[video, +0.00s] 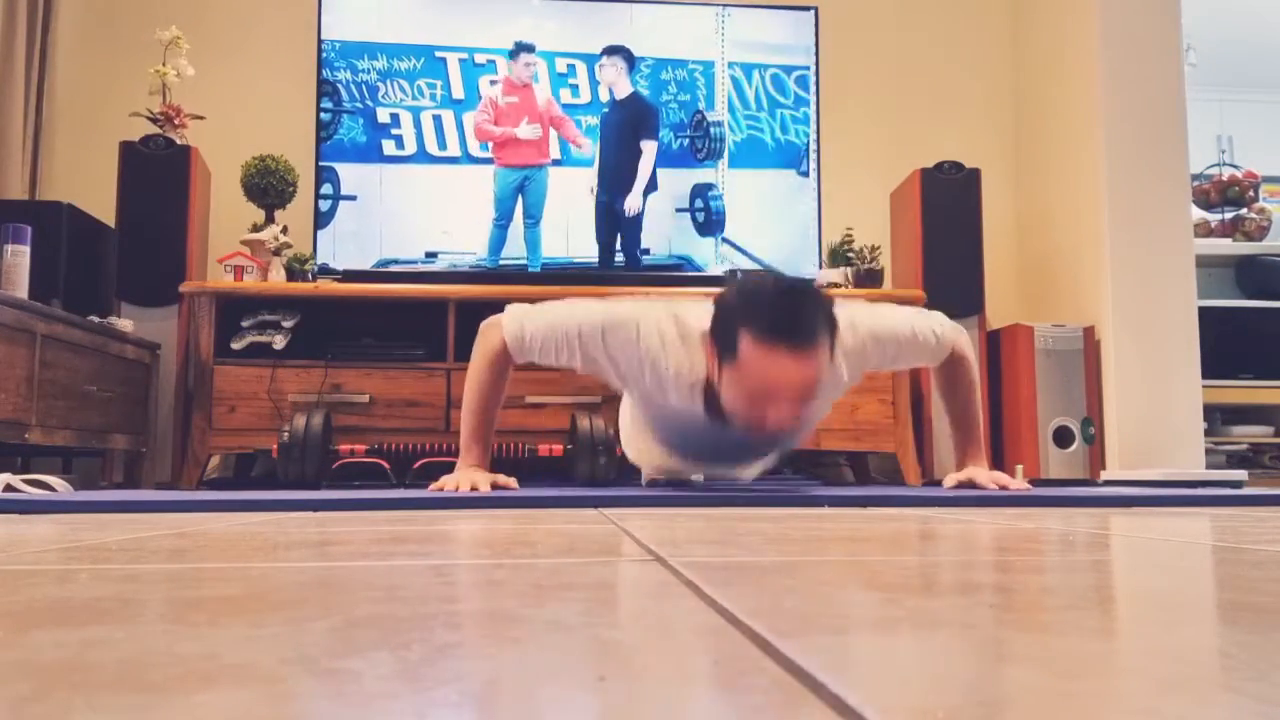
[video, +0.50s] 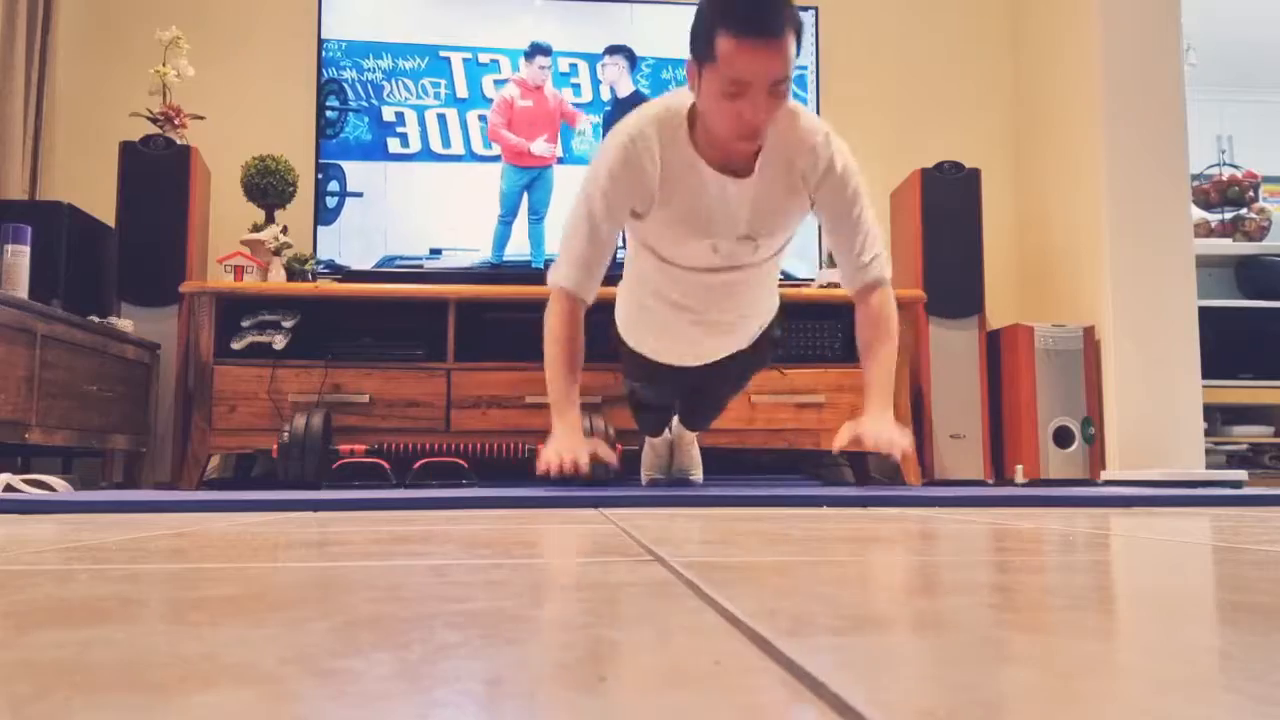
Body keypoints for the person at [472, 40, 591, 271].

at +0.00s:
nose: (531, 70)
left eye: (534, 65)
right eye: (526, 65)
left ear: (536, 65)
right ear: (512, 65)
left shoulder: (541, 94)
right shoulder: (495, 96)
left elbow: (561, 121)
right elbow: (480, 129)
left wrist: (578, 139)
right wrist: (515, 132)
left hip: (537, 169)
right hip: (507, 169)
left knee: (533, 221)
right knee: (501, 220)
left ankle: (534, 270)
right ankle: (491, 267)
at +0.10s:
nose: (535, 72)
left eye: (538, 67)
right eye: (530, 66)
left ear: (541, 67)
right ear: (517, 65)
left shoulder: (548, 99)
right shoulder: (498, 95)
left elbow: (567, 125)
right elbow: (481, 126)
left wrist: (589, 143)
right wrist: (513, 135)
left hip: (538, 169)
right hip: (507, 169)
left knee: (534, 220)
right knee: (501, 219)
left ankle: (535, 269)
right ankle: (491, 266)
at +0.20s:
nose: (539, 74)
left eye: (542, 69)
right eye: (534, 68)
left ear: (545, 68)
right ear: (520, 65)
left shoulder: (551, 99)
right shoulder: (501, 95)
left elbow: (570, 125)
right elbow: (482, 125)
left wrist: (592, 143)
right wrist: (512, 136)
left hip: (539, 170)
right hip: (508, 169)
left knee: (535, 220)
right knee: (502, 218)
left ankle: (536, 268)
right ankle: (492, 265)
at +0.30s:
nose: (541, 74)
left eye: (544, 69)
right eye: (536, 68)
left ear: (547, 68)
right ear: (522, 65)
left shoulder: (552, 98)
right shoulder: (503, 93)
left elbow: (570, 124)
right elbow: (482, 125)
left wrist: (592, 142)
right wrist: (512, 136)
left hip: (540, 169)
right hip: (509, 168)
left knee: (535, 219)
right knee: (503, 218)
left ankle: (536, 267)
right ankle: (493, 264)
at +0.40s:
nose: (543, 74)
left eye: (547, 68)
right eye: (539, 68)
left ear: (550, 68)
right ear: (525, 65)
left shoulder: (553, 98)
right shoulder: (506, 94)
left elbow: (570, 124)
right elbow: (486, 126)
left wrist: (589, 140)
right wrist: (519, 140)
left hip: (542, 169)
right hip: (512, 168)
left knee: (536, 218)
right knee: (505, 217)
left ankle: (538, 266)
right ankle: (495, 263)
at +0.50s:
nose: (546, 73)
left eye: (549, 68)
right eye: (541, 67)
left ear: (551, 67)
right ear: (526, 65)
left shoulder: (553, 95)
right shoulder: (509, 94)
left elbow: (572, 115)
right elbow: (494, 131)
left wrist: (583, 122)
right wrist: (529, 146)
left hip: (544, 168)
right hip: (515, 168)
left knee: (538, 218)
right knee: (506, 217)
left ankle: (538, 265)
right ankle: (496, 262)